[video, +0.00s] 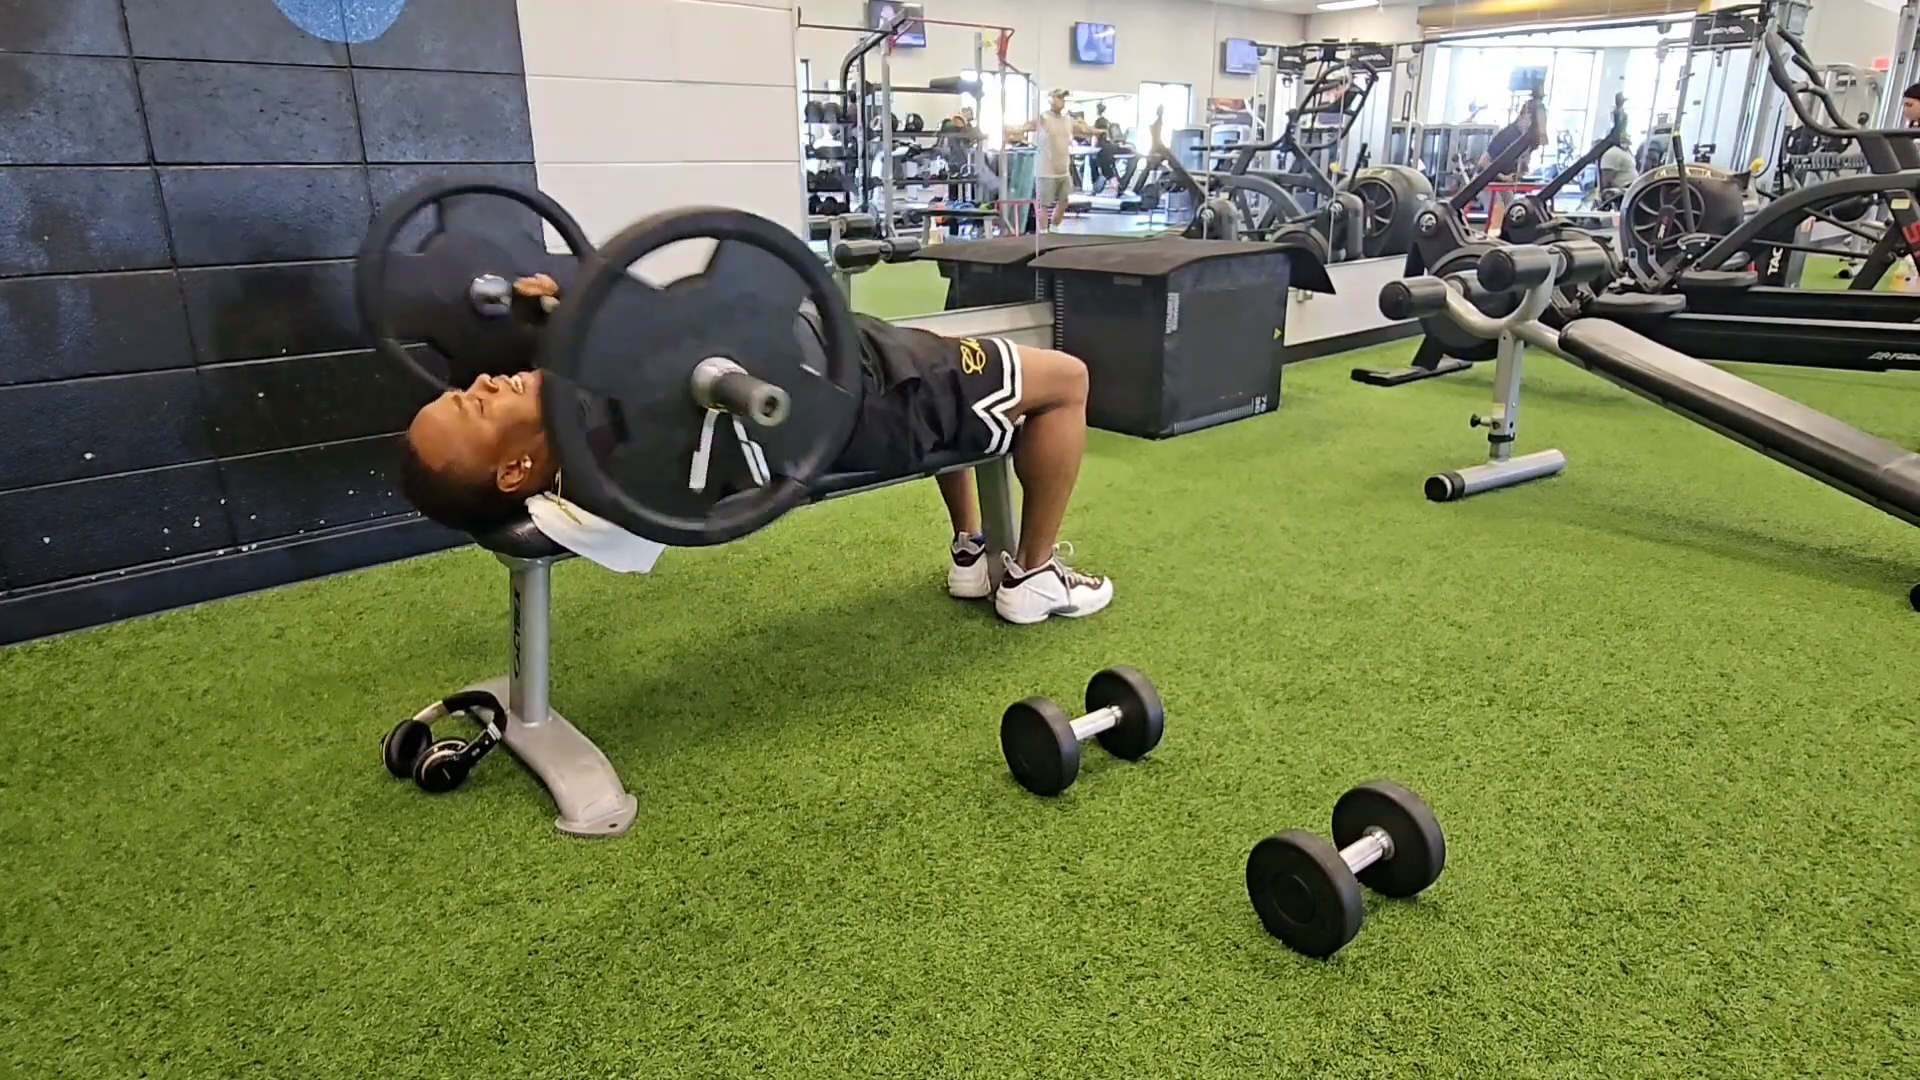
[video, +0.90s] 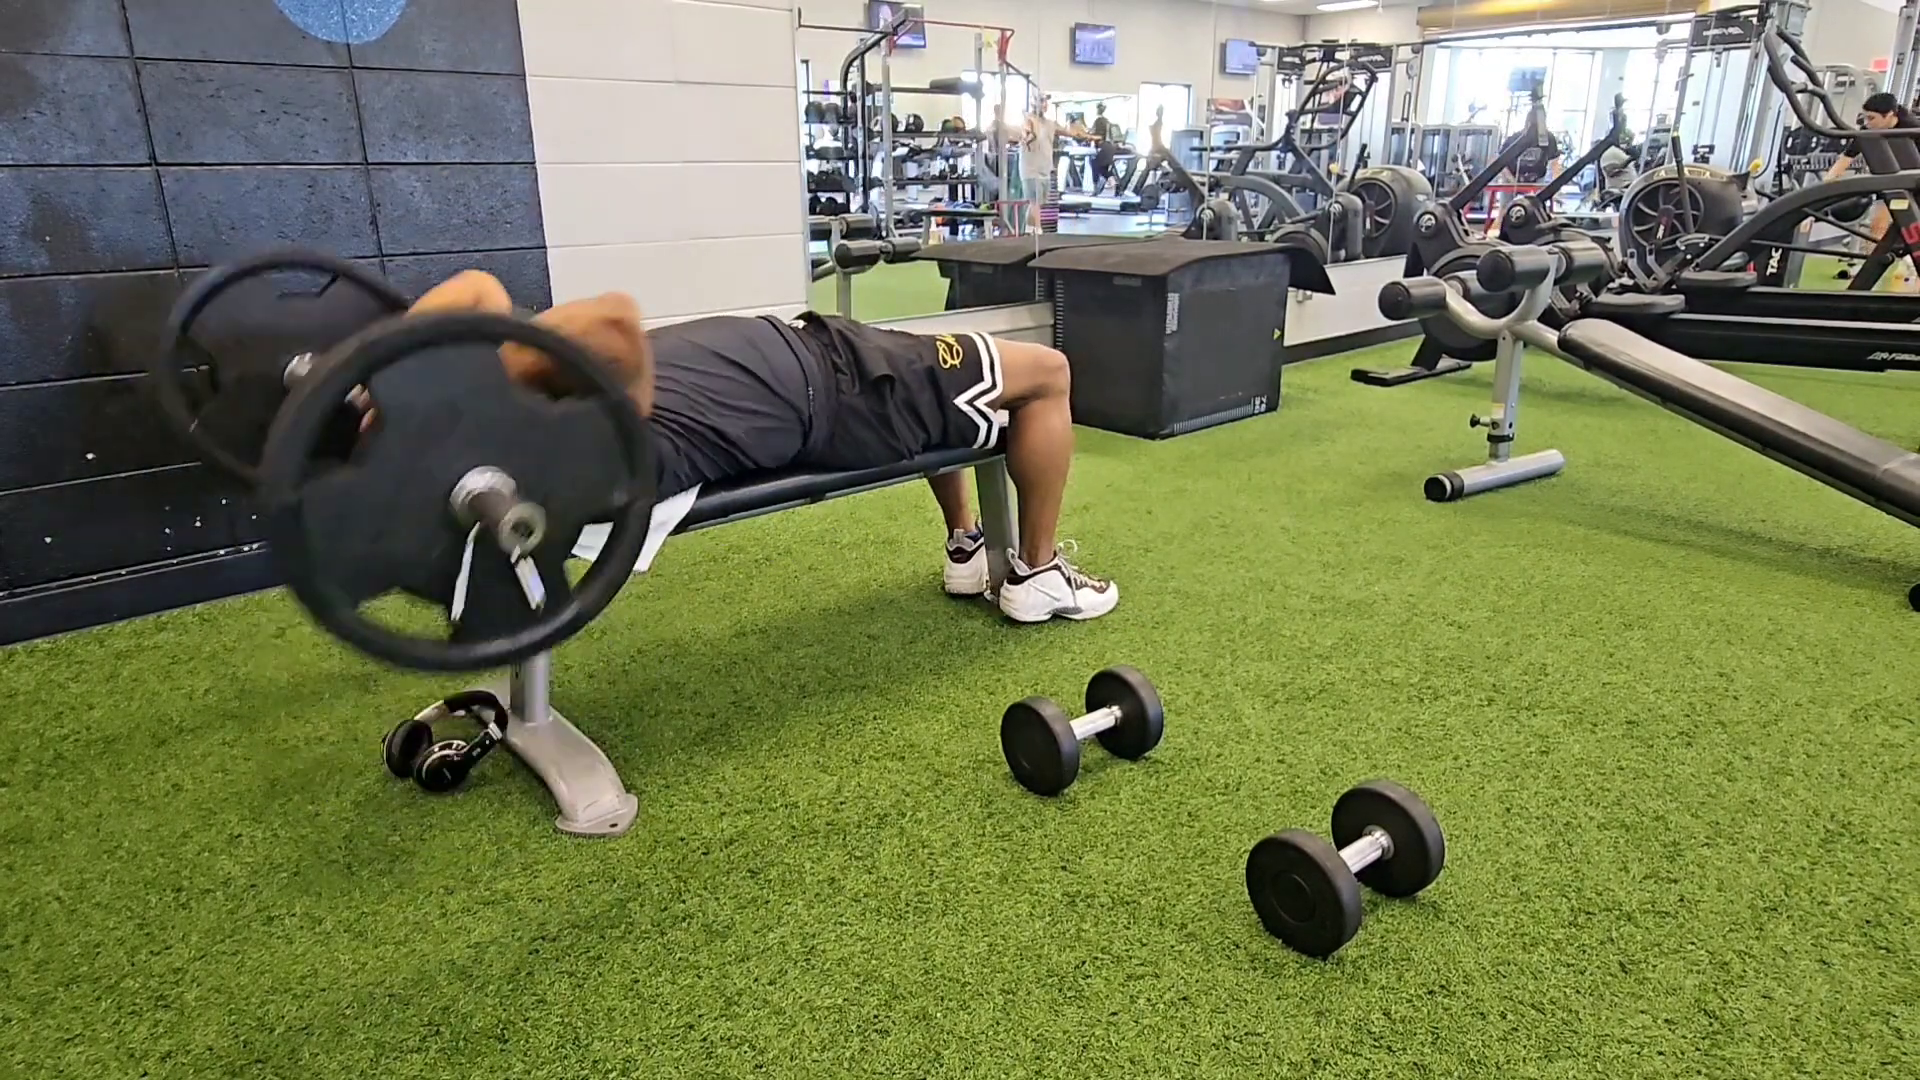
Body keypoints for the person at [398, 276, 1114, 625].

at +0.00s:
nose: (493, 379)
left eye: (472, 386)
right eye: (485, 403)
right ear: (517, 469)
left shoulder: (554, 400)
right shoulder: (615, 457)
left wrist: (553, 301)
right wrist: (576, 309)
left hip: (800, 349)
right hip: (856, 404)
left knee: (940, 343)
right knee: (1067, 379)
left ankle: (972, 543)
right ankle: (1036, 574)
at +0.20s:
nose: (416, 337)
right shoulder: (609, 443)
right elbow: (665, 326)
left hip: (777, 350)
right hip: (846, 388)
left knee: (926, 348)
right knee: (1056, 375)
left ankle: (972, 544)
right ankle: (1035, 570)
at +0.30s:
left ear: (501, 421)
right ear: (542, 441)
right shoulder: (627, 462)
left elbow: (445, 286)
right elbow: (577, 332)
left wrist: (360, 399)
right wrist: (452, 384)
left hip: (777, 340)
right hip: (845, 388)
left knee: (928, 362)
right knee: (1056, 372)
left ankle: (972, 540)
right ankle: (1035, 563)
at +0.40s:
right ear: (512, 485)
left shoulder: (467, 412)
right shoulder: (599, 459)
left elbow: (397, 317)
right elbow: (525, 360)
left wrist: (353, 466)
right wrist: (403, 461)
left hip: (779, 342)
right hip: (840, 385)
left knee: (926, 351)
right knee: (1055, 371)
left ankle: (969, 543)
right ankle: (1033, 566)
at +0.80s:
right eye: (552, 370)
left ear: (494, 444)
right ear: (526, 454)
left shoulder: (506, 409)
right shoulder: (622, 459)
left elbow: (417, 304)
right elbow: (541, 329)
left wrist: (361, 453)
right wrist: (442, 431)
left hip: (779, 340)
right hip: (843, 386)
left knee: (925, 353)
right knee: (1053, 369)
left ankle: (970, 541)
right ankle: (1034, 568)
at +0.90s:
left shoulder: (453, 421)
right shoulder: (591, 453)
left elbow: (474, 282)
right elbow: (610, 321)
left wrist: (387, 382)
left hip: (761, 345)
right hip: (821, 385)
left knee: (918, 353)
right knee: (1046, 370)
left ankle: (968, 547)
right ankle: (1041, 574)